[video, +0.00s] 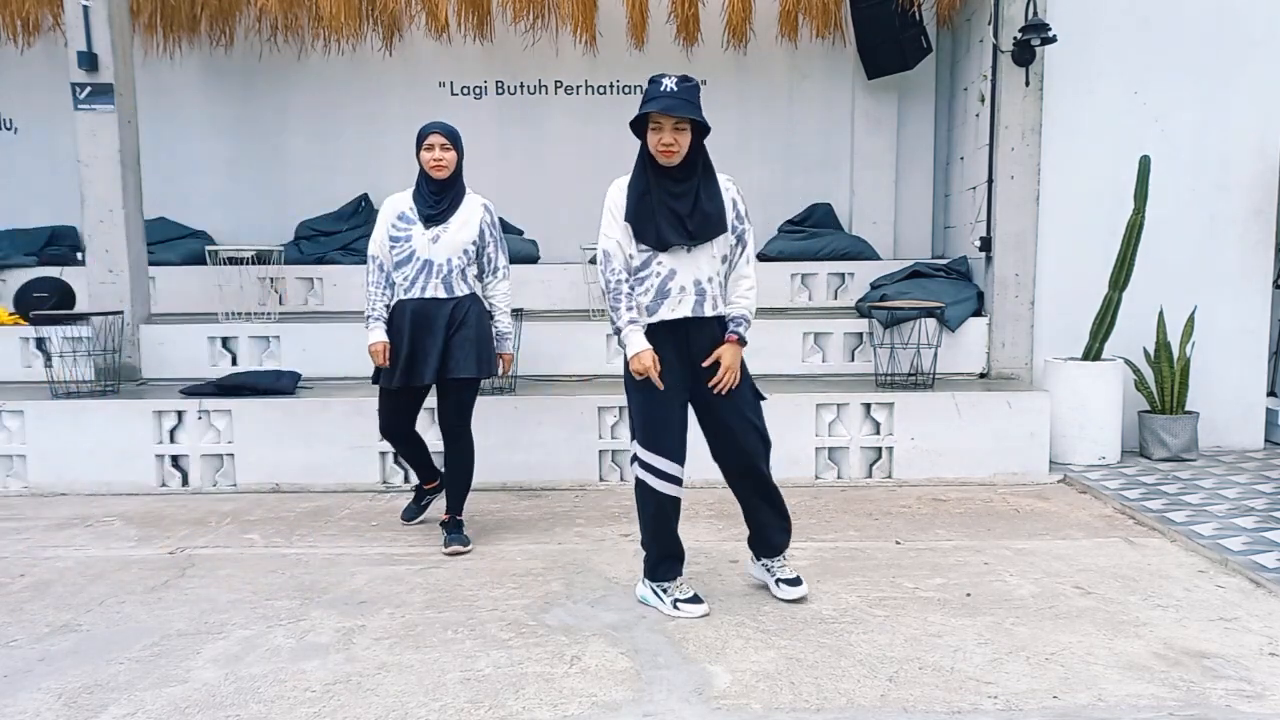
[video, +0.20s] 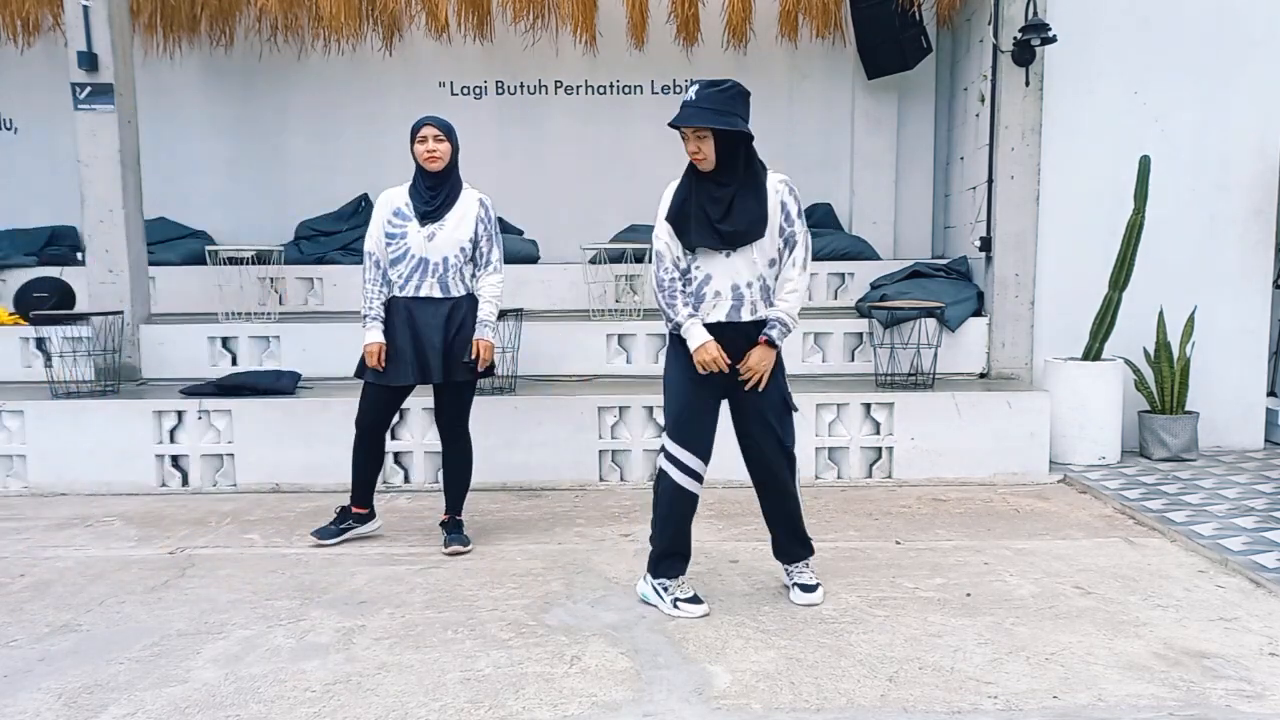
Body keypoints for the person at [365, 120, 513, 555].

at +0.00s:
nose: (437, 155)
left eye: (446, 148)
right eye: (429, 148)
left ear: (459, 155)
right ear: (418, 156)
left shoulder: (480, 209)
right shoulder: (395, 207)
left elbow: (497, 278)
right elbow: (378, 275)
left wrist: (503, 337)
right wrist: (376, 329)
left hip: (464, 327)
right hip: (409, 328)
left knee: (455, 425)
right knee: (393, 423)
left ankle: (454, 519)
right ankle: (431, 480)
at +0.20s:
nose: (431, 147)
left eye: (439, 140)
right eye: (423, 141)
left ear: (454, 148)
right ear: (412, 151)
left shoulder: (476, 204)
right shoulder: (388, 203)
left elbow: (491, 272)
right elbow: (374, 274)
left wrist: (485, 328)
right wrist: (373, 328)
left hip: (456, 325)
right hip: (400, 325)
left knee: (453, 425)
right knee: (369, 421)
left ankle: (453, 520)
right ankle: (360, 510)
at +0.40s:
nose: (419, 145)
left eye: (428, 138)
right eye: (411, 139)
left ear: (442, 146)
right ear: (400, 149)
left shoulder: (464, 206)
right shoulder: (375, 198)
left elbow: (478, 273)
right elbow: (357, 267)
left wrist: (460, 323)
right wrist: (363, 323)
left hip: (442, 325)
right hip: (386, 325)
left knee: (446, 427)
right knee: (357, 424)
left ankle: (453, 521)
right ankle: (325, 517)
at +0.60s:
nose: (402, 149)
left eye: (410, 141)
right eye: (393, 143)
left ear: (425, 149)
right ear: (383, 152)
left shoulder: (451, 207)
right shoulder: (362, 205)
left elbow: (461, 279)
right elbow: (350, 278)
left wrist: (444, 336)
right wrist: (358, 342)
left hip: (431, 334)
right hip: (372, 332)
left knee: (439, 434)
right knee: (339, 429)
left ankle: (452, 522)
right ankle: (324, 521)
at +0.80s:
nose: (377, 150)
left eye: (386, 142)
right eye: (368, 143)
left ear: (401, 146)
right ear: (358, 150)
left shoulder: (431, 199)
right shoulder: (342, 203)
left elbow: (447, 271)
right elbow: (337, 272)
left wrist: (437, 333)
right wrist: (354, 324)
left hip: (421, 323)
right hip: (363, 323)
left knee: (438, 428)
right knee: (316, 415)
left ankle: (453, 521)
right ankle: (304, 509)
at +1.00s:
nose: (334, 175)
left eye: (343, 167)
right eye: (325, 167)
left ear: (359, 171)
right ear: (317, 174)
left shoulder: (391, 211)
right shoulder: (307, 235)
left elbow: (413, 275)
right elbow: (311, 307)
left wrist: (403, 336)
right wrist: (328, 365)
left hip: (394, 340)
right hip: (336, 347)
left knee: (436, 435)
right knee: (303, 439)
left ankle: (454, 523)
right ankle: (305, 523)